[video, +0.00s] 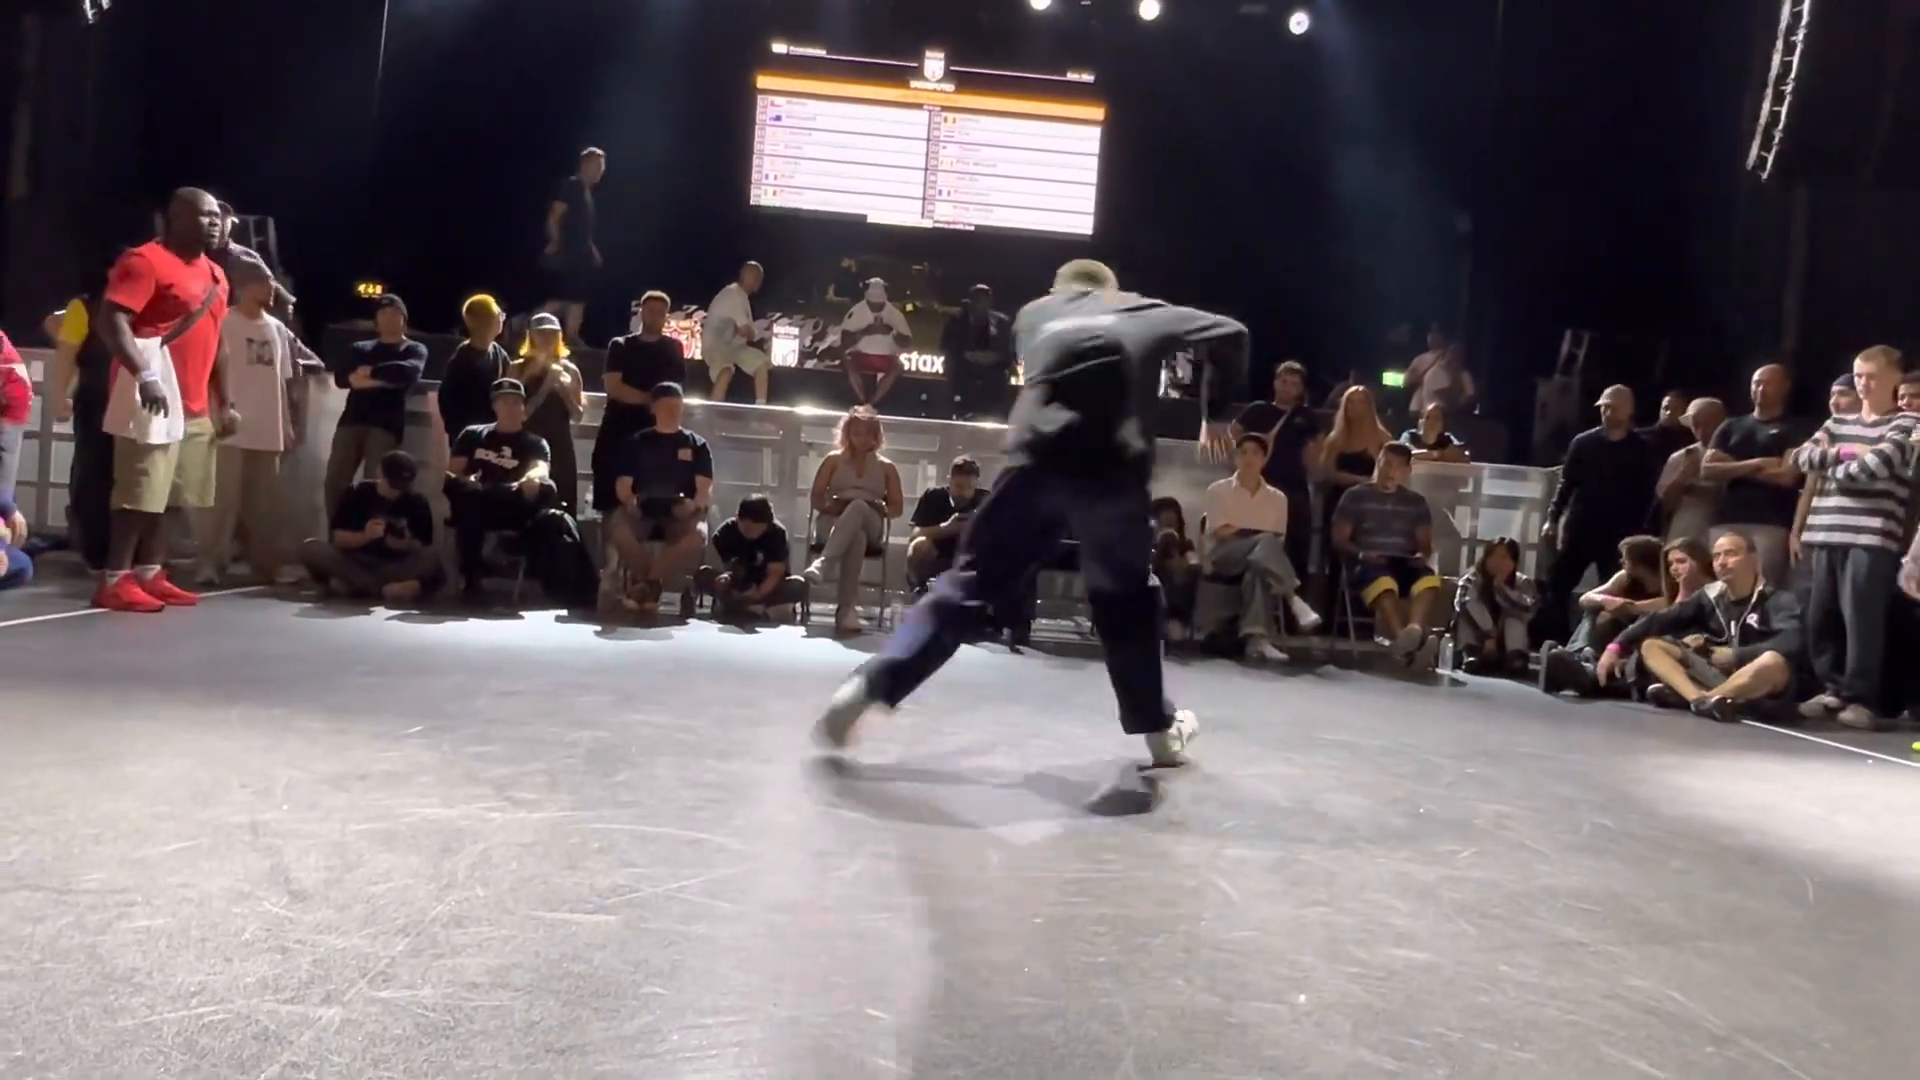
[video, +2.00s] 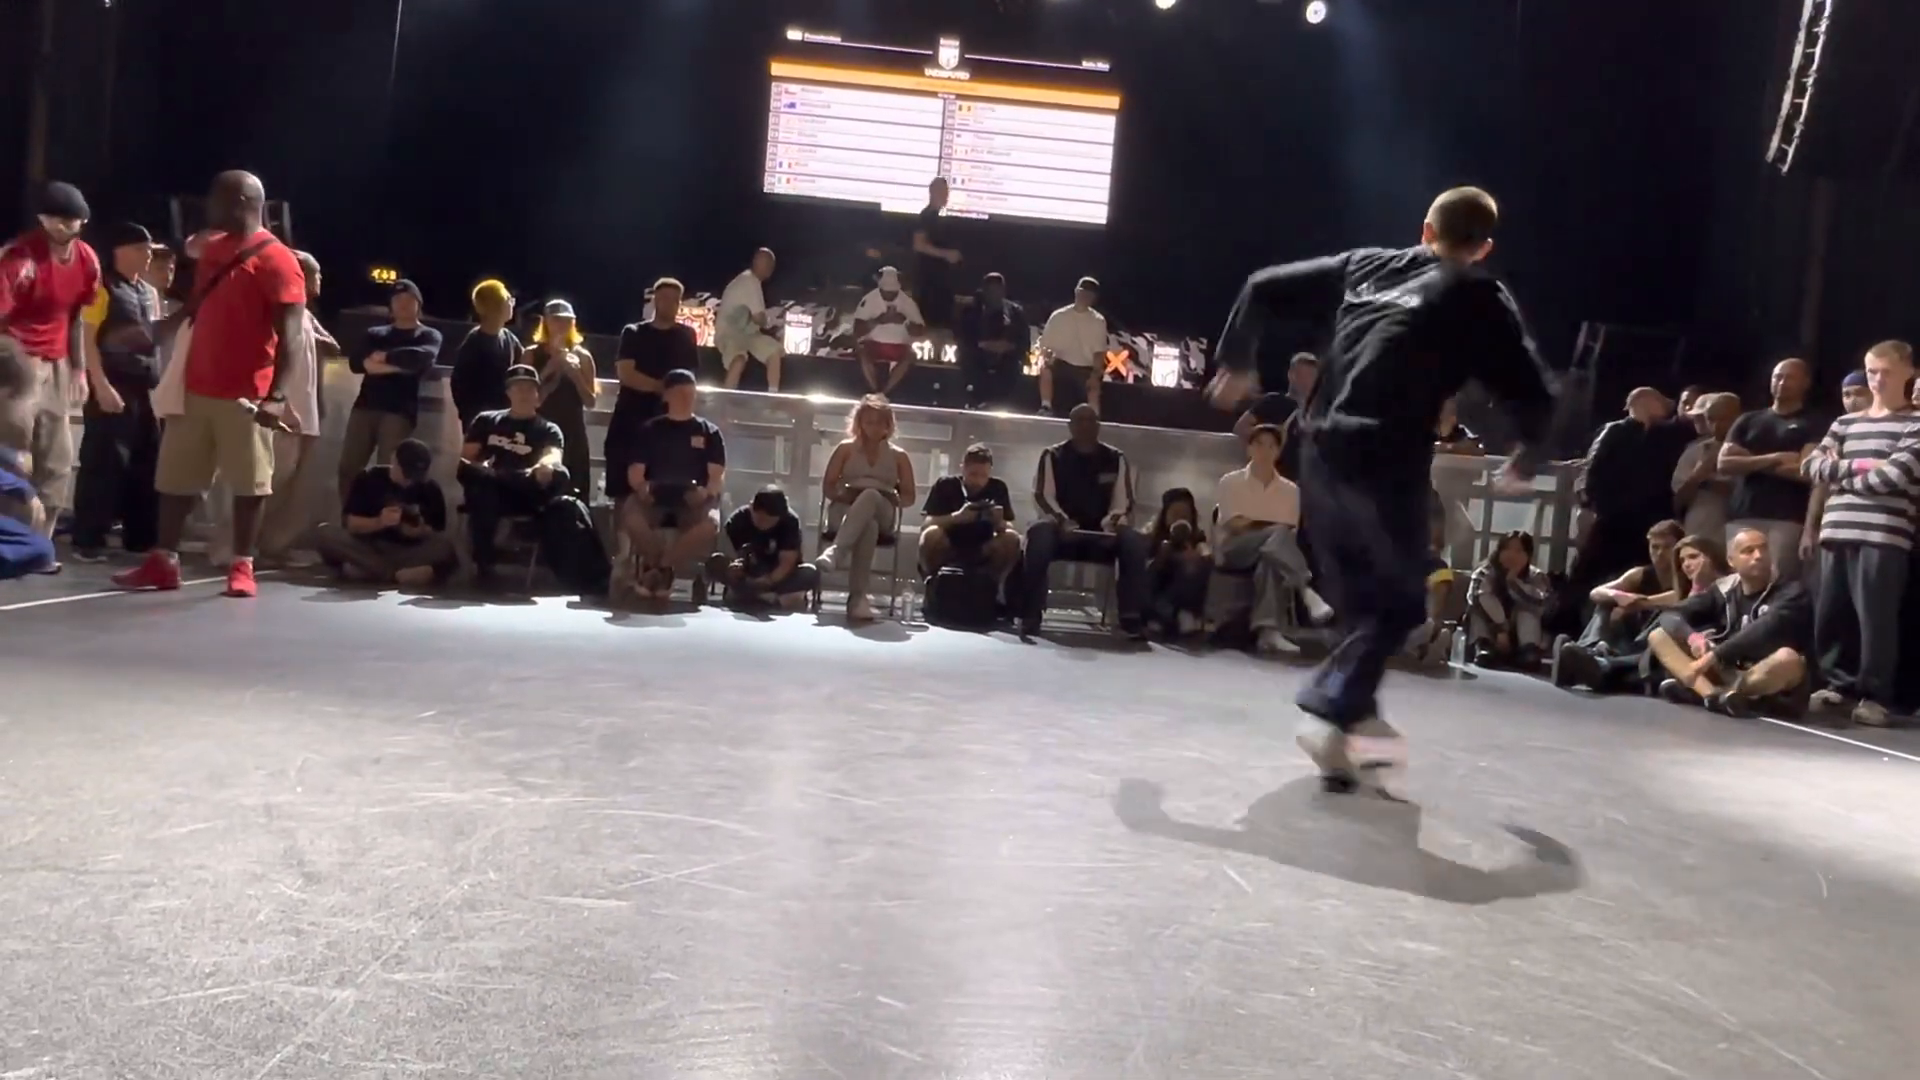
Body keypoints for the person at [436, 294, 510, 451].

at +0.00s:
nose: (503, 317)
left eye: (500, 312)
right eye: (498, 314)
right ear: (484, 322)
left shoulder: (500, 355)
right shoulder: (461, 360)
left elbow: (504, 392)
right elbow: (445, 396)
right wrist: (455, 432)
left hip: (493, 431)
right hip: (465, 434)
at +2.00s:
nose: (512, 302)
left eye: (510, 298)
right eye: (507, 299)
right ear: (493, 307)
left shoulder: (511, 340)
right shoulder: (472, 345)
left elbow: (517, 377)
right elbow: (458, 382)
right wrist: (468, 415)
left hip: (505, 415)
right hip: (476, 418)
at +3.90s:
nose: (495, 311)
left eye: (500, 306)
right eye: (490, 305)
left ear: (510, 312)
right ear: (482, 309)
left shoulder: (520, 345)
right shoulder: (462, 343)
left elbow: (526, 385)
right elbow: (455, 381)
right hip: (468, 421)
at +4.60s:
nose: (481, 323)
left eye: (487, 318)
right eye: (478, 317)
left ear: (499, 322)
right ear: (471, 317)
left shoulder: (510, 354)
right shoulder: (453, 348)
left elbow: (512, 395)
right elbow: (443, 387)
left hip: (493, 432)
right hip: (455, 429)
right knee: (452, 492)